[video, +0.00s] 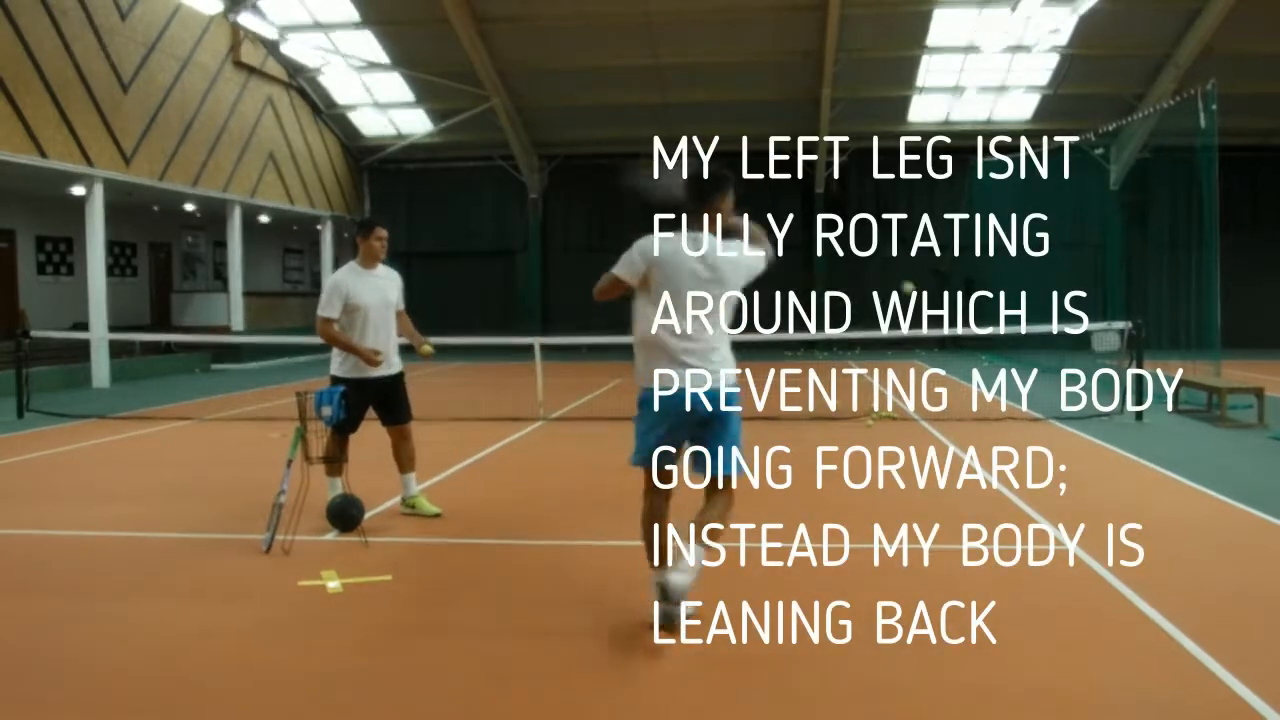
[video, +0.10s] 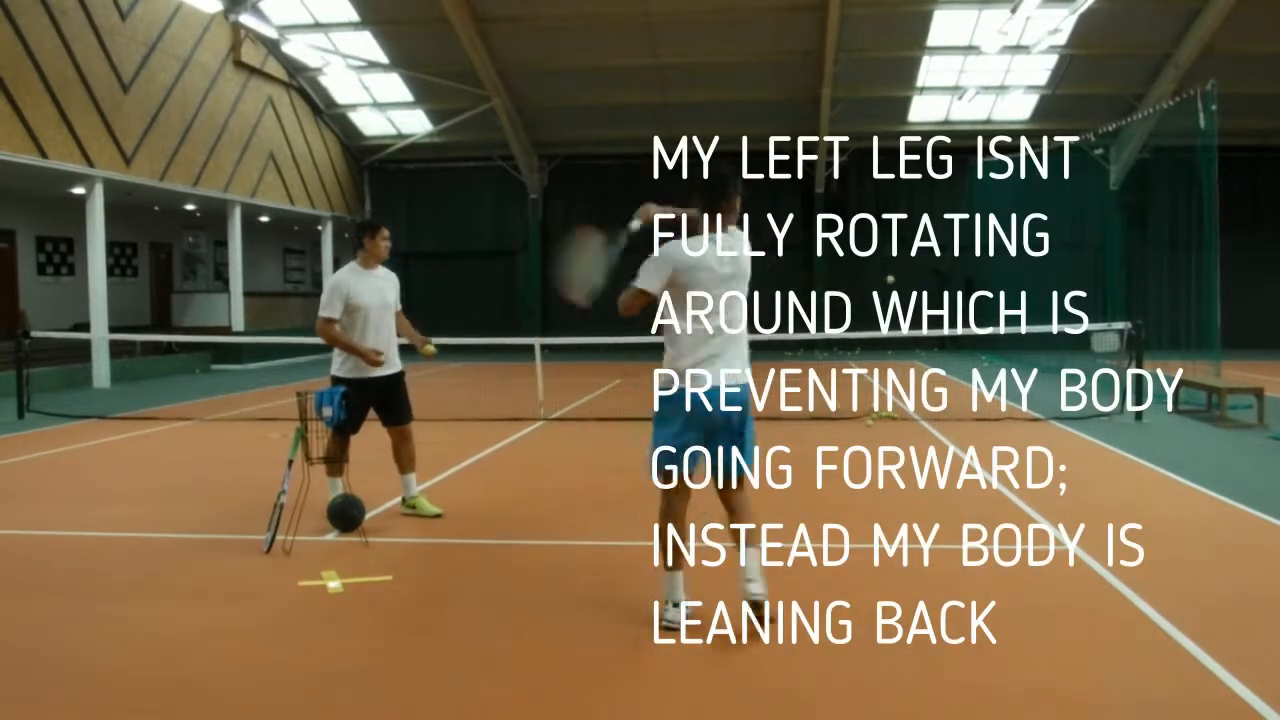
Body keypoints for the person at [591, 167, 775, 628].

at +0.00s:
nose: (731, 212)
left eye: (728, 204)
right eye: (730, 206)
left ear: (688, 202)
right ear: (722, 207)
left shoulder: (651, 249)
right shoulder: (735, 258)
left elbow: (603, 292)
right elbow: (764, 245)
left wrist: (645, 281)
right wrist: (734, 221)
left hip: (661, 388)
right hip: (718, 389)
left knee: (658, 489)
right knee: (722, 489)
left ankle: (662, 593)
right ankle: (689, 559)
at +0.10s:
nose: (742, 208)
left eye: (739, 201)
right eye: (740, 202)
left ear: (692, 205)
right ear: (730, 204)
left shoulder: (672, 253)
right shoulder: (742, 248)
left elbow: (629, 304)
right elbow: (706, 238)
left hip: (682, 391)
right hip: (734, 389)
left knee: (674, 494)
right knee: (735, 487)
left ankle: (674, 602)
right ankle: (755, 587)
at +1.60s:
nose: (659, 219)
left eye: (652, 211)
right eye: (659, 212)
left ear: (612, 215)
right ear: (655, 215)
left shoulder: (590, 264)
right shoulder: (660, 267)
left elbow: (576, 340)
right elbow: (671, 352)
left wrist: (627, 355)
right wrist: (693, 382)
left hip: (587, 422)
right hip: (637, 425)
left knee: (592, 540)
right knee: (682, 532)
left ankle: (568, 660)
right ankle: (730, 631)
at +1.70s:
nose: (650, 198)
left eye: (635, 190)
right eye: (652, 191)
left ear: (607, 191)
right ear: (651, 192)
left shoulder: (584, 244)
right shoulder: (646, 247)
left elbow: (576, 317)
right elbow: (650, 330)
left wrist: (648, 332)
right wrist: (670, 369)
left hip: (573, 407)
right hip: (624, 411)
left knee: (586, 525)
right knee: (664, 526)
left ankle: (565, 650)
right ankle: (676, 654)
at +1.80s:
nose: (644, 204)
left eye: (637, 194)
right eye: (644, 196)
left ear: (599, 198)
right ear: (639, 199)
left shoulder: (575, 250)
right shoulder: (637, 251)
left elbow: (584, 329)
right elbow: (641, 338)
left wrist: (653, 331)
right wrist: (664, 376)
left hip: (564, 412)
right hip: (613, 417)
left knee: (582, 530)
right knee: (646, 538)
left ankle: (544, 652)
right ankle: (610, 668)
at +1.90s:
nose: (636, 217)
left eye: (629, 209)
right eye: (636, 210)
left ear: (591, 214)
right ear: (633, 214)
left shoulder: (571, 271)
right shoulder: (625, 277)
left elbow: (589, 353)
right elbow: (637, 363)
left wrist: (653, 350)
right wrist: (666, 398)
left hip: (560, 432)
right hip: (604, 440)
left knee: (587, 550)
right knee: (615, 564)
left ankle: (547, 656)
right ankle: (541, 682)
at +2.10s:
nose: (646, 245)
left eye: (644, 237)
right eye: (645, 237)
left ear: (595, 244)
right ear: (638, 244)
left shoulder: (580, 301)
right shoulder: (623, 307)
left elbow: (631, 380)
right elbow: (649, 399)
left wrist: (693, 366)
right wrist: (690, 420)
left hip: (568, 463)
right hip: (589, 471)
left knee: (644, 542)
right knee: (596, 606)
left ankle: (573, 647)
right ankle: (513, 707)